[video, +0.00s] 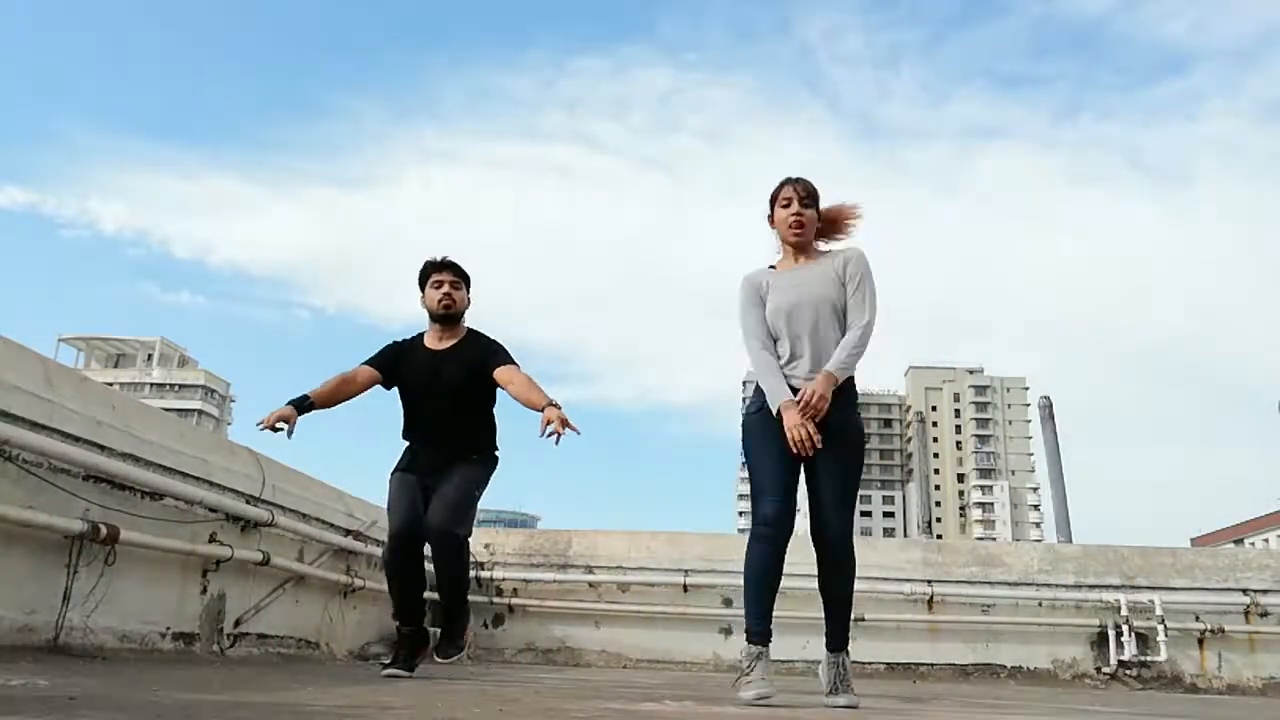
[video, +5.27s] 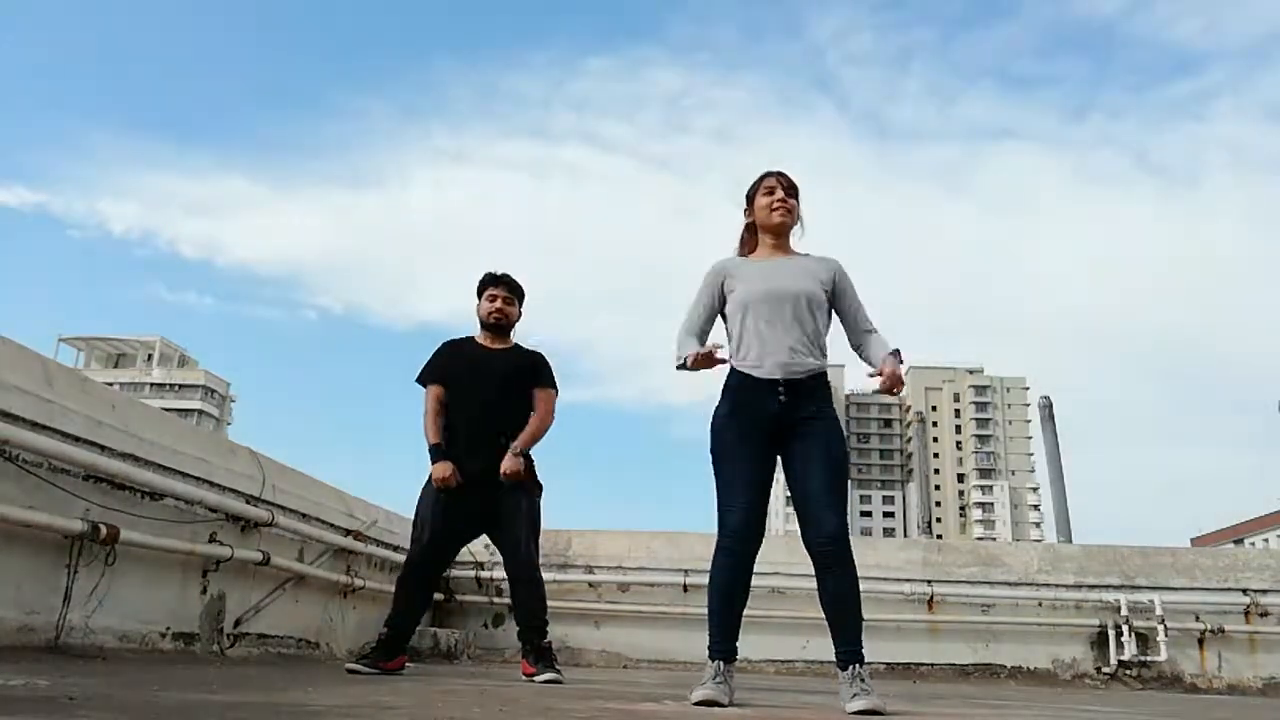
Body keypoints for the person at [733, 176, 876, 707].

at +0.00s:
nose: (796, 212)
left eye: (805, 204)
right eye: (786, 205)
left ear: (818, 217)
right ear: (772, 219)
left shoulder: (849, 261)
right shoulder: (755, 282)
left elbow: (862, 326)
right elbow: (757, 350)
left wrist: (827, 378)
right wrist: (785, 405)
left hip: (834, 404)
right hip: (769, 406)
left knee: (833, 531)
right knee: (772, 520)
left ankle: (837, 660)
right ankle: (756, 655)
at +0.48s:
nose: (794, 217)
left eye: (803, 211)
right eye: (783, 210)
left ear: (814, 224)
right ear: (766, 222)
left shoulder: (834, 287)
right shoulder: (741, 275)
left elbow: (840, 356)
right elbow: (725, 348)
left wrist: (828, 393)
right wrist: (728, 415)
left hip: (814, 410)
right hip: (754, 408)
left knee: (825, 518)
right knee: (760, 536)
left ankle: (815, 625)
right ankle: (765, 662)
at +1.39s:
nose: (777, 188)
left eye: (787, 181)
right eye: (766, 180)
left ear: (801, 198)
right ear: (750, 195)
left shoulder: (829, 251)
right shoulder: (728, 258)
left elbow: (842, 320)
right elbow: (722, 330)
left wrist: (780, 320)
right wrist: (784, 357)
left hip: (831, 399)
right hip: (762, 400)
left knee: (832, 526)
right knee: (743, 530)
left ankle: (835, 670)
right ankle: (720, 666)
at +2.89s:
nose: (786, 210)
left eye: (795, 205)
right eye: (775, 204)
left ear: (806, 223)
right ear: (757, 221)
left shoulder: (828, 269)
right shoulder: (735, 274)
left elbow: (883, 309)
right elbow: (690, 313)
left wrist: (845, 258)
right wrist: (753, 280)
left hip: (819, 412)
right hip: (751, 413)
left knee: (843, 538)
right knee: (738, 531)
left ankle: (858, 673)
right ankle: (717, 665)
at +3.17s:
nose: (785, 215)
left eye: (794, 210)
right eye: (774, 208)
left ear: (804, 230)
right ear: (755, 224)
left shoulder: (827, 282)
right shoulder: (728, 279)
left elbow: (843, 352)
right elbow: (681, 328)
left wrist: (889, 302)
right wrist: (710, 329)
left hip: (813, 418)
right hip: (745, 418)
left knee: (851, 534)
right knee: (731, 532)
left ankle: (859, 672)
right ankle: (717, 667)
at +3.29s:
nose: (785, 212)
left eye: (794, 207)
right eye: (775, 205)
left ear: (805, 224)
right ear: (756, 220)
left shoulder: (828, 280)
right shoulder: (730, 280)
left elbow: (853, 352)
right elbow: (715, 352)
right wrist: (688, 397)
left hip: (809, 413)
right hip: (740, 413)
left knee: (843, 534)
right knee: (729, 535)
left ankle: (858, 672)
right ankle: (717, 668)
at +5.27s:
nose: (781, 198)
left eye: (789, 193)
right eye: (769, 192)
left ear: (799, 212)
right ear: (749, 212)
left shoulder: (827, 270)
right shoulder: (725, 271)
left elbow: (864, 334)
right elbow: (688, 335)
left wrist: (889, 361)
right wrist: (692, 355)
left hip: (811, 408)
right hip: (744, 408)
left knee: (828, 535)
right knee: (738, 534)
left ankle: (854, 672)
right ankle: (719, 668)